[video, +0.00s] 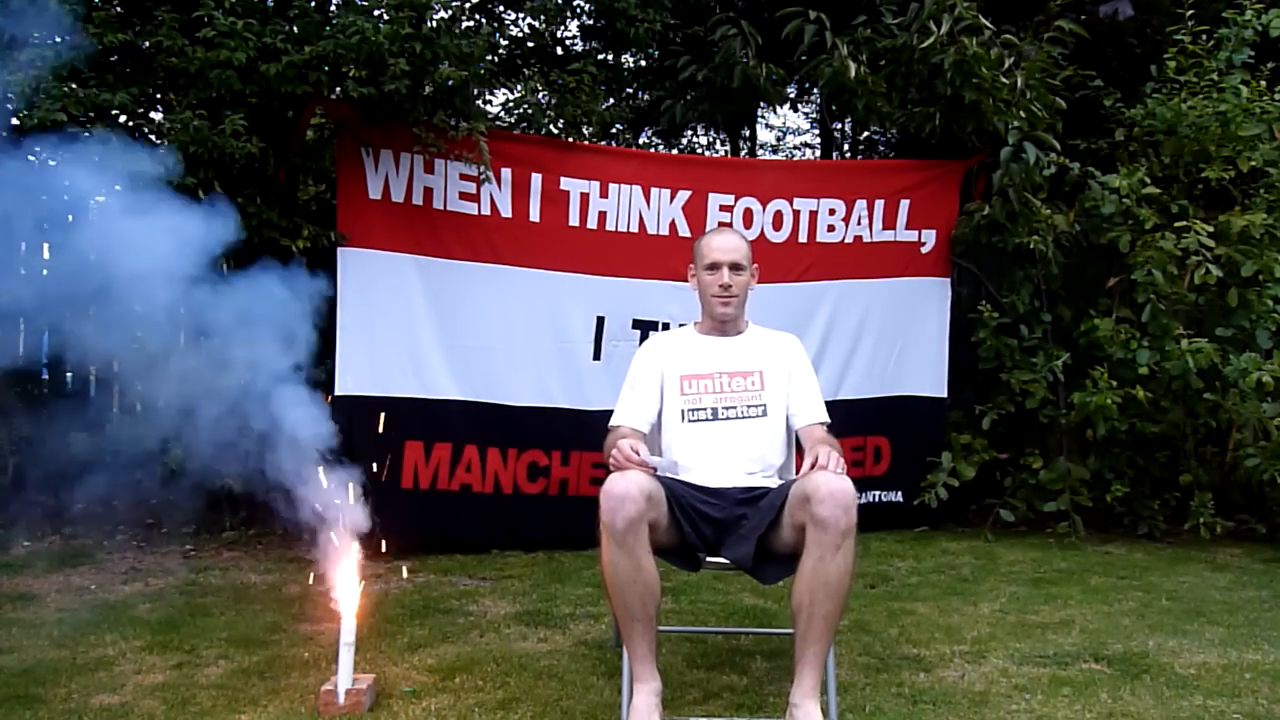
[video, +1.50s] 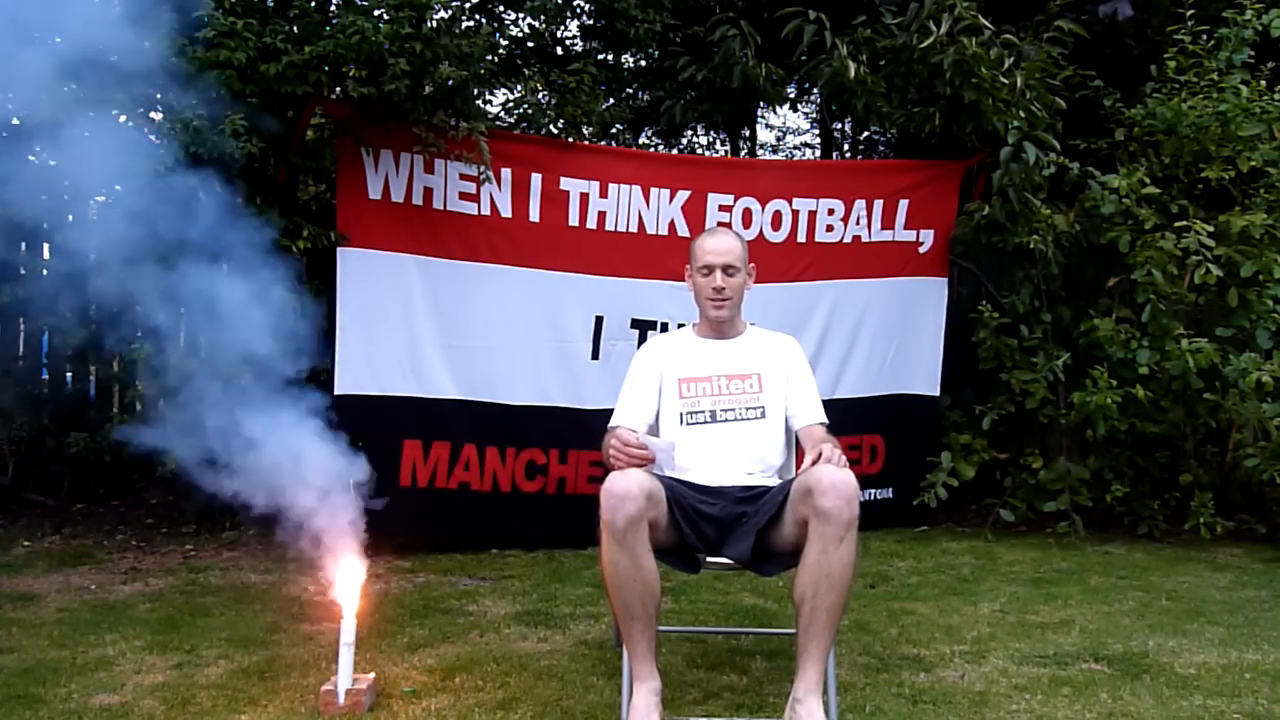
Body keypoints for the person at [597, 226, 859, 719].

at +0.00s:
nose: (725, 280)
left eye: (737, 269)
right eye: (713, 269)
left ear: (753, 277)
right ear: (693, 277)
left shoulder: (785, 348)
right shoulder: (660, 349)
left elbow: (814, 433)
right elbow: (623, 434)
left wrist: (824, 448)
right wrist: (623, 446)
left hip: (767, 502)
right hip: (680, 499)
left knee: (835, 494)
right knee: (619, 492)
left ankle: (806, 697)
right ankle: (645, 687)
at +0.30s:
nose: (722, 281)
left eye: (733, 269)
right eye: (710, 269)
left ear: (751, 277)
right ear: (691, 278)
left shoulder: (784, 348)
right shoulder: (658, 350)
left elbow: (814, 433)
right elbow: (622, 435)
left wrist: (823, 448)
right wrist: (621, 446)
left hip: (768, 503)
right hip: (680, 501)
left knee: (835, 488)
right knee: (620, 492)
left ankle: (806, 696)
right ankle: (645, 687)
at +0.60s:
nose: (721, 282)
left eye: (733, 270)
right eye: (709, 270)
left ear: (750, 277)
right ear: (691, 278)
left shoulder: (784, 350)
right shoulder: (658, 351)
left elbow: (814, 432)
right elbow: (622, 436)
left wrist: (824, 449)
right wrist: (622, 446)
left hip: (768, 503)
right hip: (680, 502)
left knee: (836, 485)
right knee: (619, 492)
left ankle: (807, 695)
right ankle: (645, 687)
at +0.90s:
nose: (719, 282)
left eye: (731, 270)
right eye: (707, 270)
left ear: (750, 277)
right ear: (690, 278)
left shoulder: (784, 350)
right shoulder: (658, 352)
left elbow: (814, 434)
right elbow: (623, 436)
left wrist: (824, 448)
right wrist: (619, 443)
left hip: (768, 503)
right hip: (679, 502)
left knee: (836, 484)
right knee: (618, 490)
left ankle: (807, 695)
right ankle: (644, 687)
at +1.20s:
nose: (719, 282)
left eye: (731, 270)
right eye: (707, 270)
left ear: (749, 277)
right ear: (690, 278)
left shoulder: (783, 350)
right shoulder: (658, 352)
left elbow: (814, 435)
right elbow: (622, 436)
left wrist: (824, 450)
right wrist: (620, 445)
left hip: (768, 504)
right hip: (680, 502)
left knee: (837, 484)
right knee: (619, 490)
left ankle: (807, 695)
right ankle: (644, 687)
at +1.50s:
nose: (719, 283)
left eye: (730, 271)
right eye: (706, 271)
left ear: (749, 278)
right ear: (689, 279)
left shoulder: (783, 350)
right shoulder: (657, 352)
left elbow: (814, 436)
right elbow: (620, 439)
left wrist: (825, 451)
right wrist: (617, 447)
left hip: (768, 503)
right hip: (679, 502)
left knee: (837, 484)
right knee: (619, 491)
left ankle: (807, 695)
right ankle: (644, 687)